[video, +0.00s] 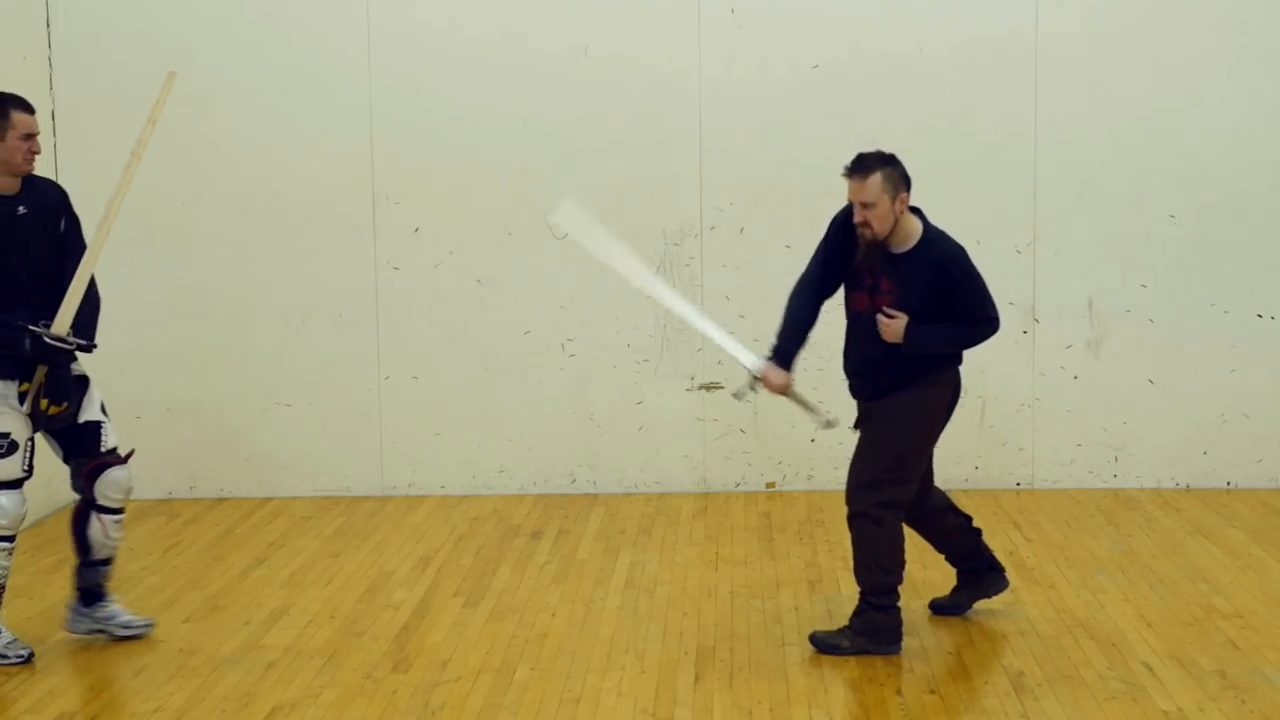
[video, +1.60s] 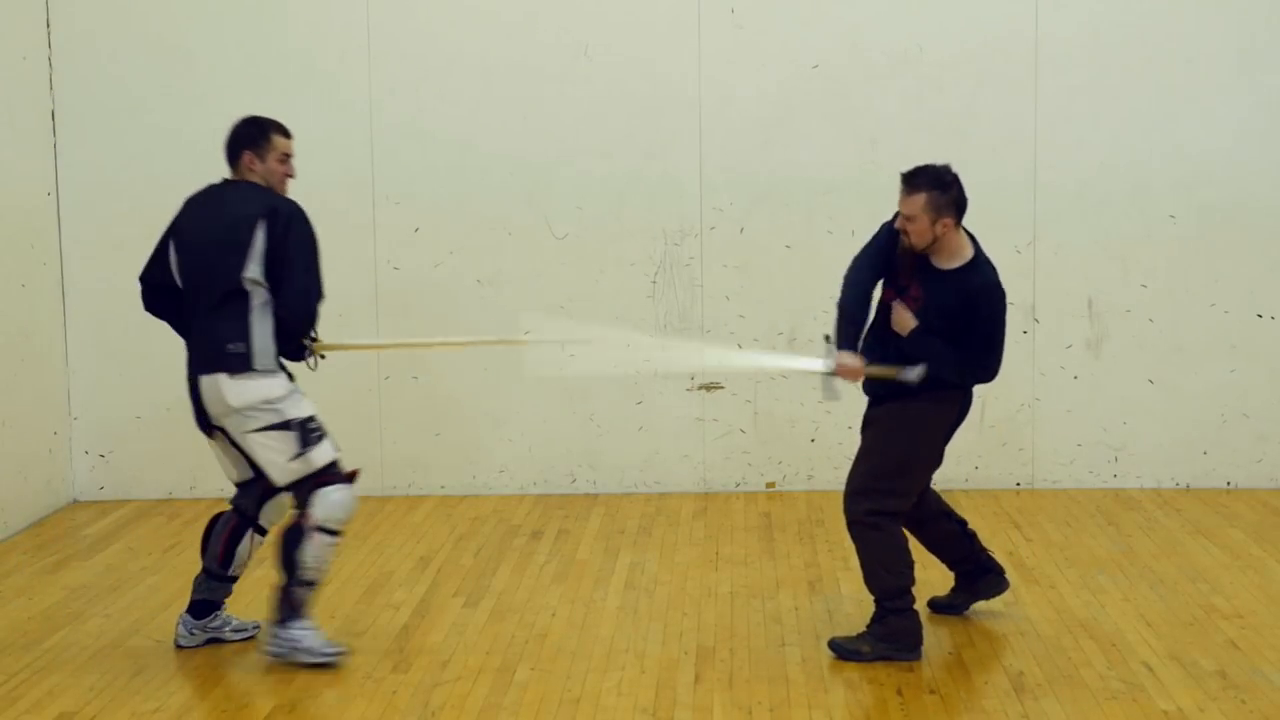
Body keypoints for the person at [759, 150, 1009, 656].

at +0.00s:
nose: (857, 217)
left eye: (869, 206)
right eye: (853, 205)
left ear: (902, 201)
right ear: (849, 199)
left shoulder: (941, 256)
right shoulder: (849, 229)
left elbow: (984, 322)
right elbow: (812, 288)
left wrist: (913, 333)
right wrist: (782, 359)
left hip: (923, 392)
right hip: (875, 392)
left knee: (870, 495)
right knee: (909, 492)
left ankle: (878, 623)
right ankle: (980, 569)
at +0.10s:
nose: (857, 213)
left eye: (867, 202)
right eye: (852, 202)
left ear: (900, 196)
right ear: (849, 196)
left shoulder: (941, 251)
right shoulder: (848, 228)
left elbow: (980, 321)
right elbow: (813, 285)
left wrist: (910, 328)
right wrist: (818, 328)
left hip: (924, 391)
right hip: (874, 393)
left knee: (871, 496)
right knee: (909, 497)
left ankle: (878, 623)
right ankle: (981, 572)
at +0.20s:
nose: (852, 194)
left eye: (861, 184)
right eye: (848, 184)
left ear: (896, 182)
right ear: (847, 183)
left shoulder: (940, 242)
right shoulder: (852, 224)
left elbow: (978, 317)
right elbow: (816, 268)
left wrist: (906, 317)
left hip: (927, 389)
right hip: (884, 391)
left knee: (872, 493)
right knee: (909, 497)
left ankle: (877, 623)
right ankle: (984, 578)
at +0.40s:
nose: (864, 184)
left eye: (872, 173)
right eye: (864, 174)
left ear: (906, 175)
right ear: (898, 179)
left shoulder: (933, 222)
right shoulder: (891, 244)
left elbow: (954, 287)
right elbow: (850, 303)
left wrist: (887, 295)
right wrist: (781, 297)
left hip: (925, 382)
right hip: (934, 384)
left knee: (866, 495)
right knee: (933, 496)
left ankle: (883, 625)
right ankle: (992, 589)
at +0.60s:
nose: (865, 193)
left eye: (869, 182)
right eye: (865, 182)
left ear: (898, 185)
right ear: (908, 186)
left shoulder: (908, 247)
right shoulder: (941, 236)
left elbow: (910, 330)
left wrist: (863, 319)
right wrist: (830, 246)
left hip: (913, 401)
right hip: (948, 396)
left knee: (849, 506)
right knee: (921, 497)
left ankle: (892, 629)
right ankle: (989, 586)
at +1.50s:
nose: (892, 220)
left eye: (903, 215)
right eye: (894, 210)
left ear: (938, 222)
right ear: (927, 217)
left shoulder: (971, 288)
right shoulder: (905, 231)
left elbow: (970, 371)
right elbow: (847, 260)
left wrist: (902, 337)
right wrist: (787, 309)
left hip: (931, 406)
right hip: (903, 396)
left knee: (866, 504)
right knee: (919, 496)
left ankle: (895, 629)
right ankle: (986, 579)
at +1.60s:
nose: (900, 226)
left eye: (911, 220)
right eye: (901, 216)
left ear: (946, 224)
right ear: (905, 208)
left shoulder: (980, 287)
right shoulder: (902, 233)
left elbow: (983, 368)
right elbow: (859, 276)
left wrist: (915, 334)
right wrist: (848, 346)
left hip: (935, 400)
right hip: (888, 388)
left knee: (868, 503)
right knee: (903, 493)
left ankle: (896, 628)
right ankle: (979, 572)